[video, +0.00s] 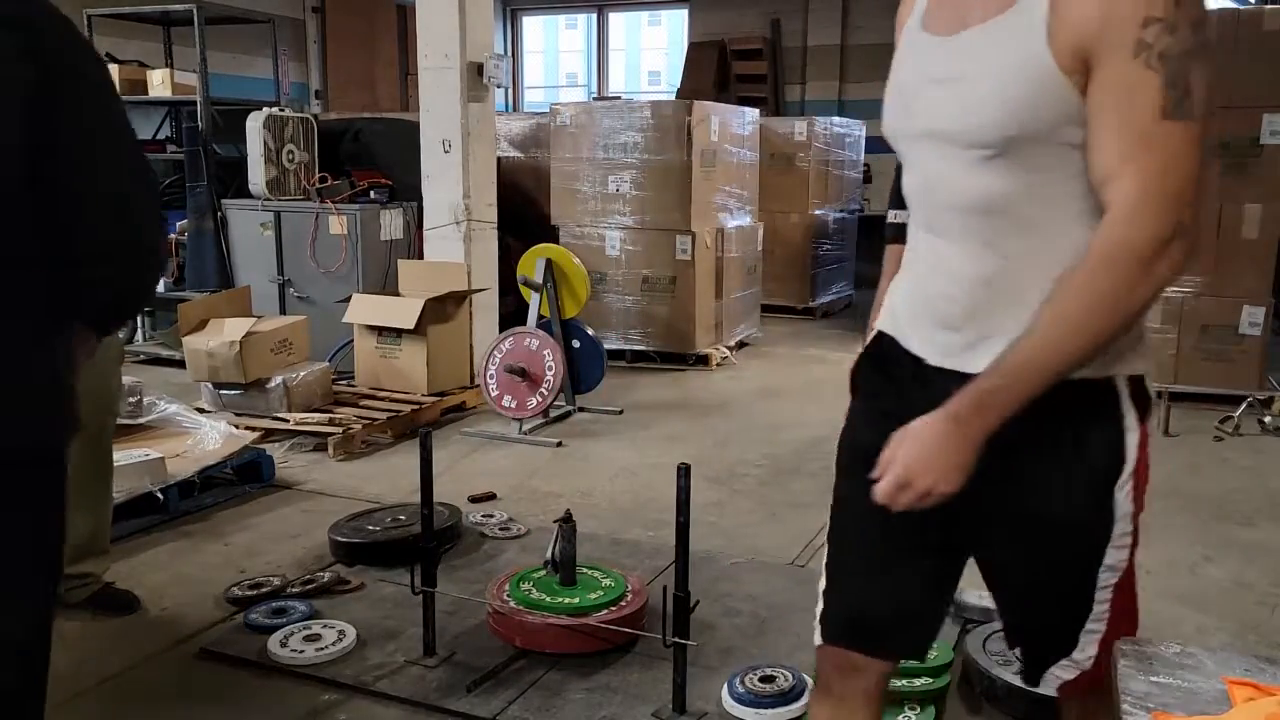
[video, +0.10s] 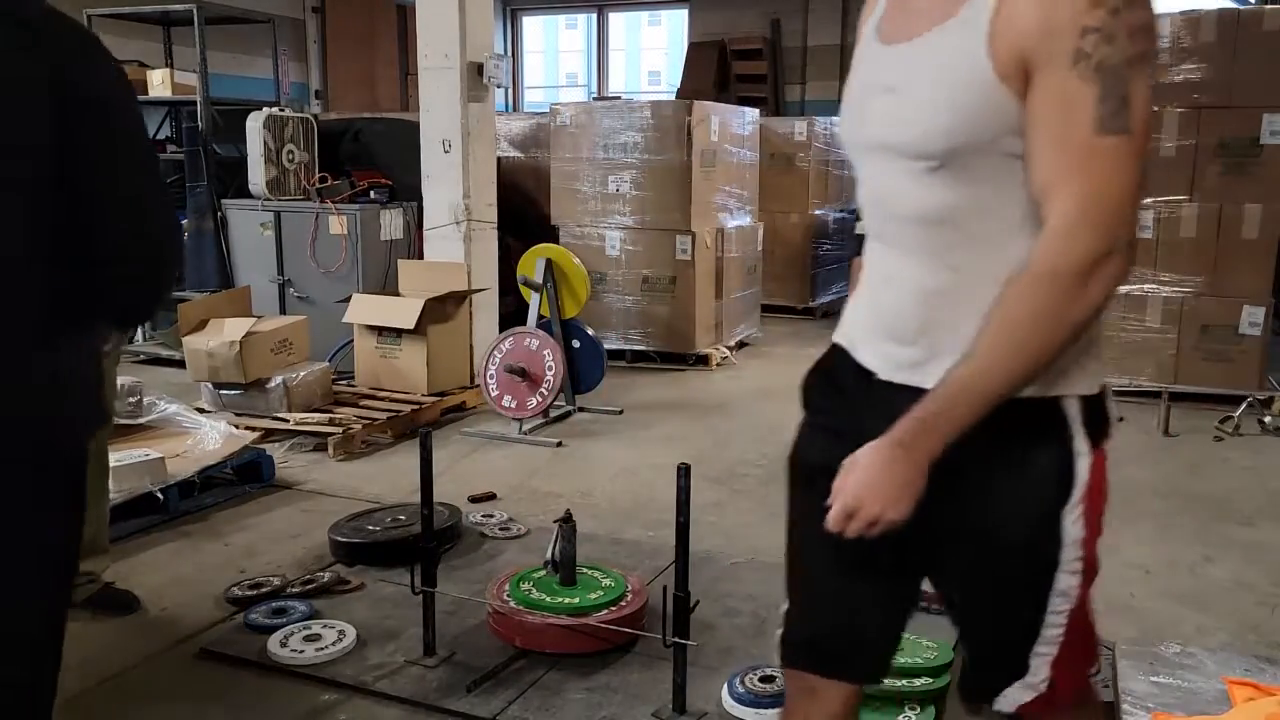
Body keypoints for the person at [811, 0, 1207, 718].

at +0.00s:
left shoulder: (1124, 8)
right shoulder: (918, 10)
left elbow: (1152, 232)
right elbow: (929, 207)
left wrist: (968, 418)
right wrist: (880, 340)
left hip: (1065, 403)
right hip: (907, 383)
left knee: (1076, 684)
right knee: (846, 660)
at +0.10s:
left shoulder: (1074, 10)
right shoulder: (883, 10)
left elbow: (1087, 252)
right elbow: (894, 224)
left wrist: (911, 442)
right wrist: (844, 369)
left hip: (1020, 426)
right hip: (862, 399)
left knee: (1034, 701)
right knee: (817, 683)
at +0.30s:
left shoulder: (961, 5)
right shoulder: (778, 9)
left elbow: (976, 233)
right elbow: (796, 228)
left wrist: (832, 456)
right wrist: (717, 365)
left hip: (891, 419)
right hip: (757, 397)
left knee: (857, 704)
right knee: (747, 698)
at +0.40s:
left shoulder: (908, 7)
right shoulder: (717, 13)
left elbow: (940, 214)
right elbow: (719, 207)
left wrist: (772, 445)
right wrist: (636, 343)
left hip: (835, 403)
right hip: (712, 380)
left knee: (749, 699)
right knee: (708, 682)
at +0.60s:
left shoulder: (785, 7)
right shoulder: (611, 16)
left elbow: (826, 228)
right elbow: (583, 211)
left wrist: (626, 470)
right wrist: (473, 364)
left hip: (726, 408)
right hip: (616, 394)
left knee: (585, 704)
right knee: (711, 688)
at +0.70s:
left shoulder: (704, 6)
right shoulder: (534, 14)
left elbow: (747, 249)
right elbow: (526, 231)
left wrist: (552, 520)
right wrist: (421, 386)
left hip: (649, 439)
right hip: (547, 421)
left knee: (534, 697)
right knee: (647, 699)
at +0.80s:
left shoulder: (614, 8)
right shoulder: (445, 15)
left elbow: (658, 281)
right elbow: (469, 257)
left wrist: (472, 590)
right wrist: (375, 416)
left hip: (541, 463)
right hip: (458, 450)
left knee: (427, 700)